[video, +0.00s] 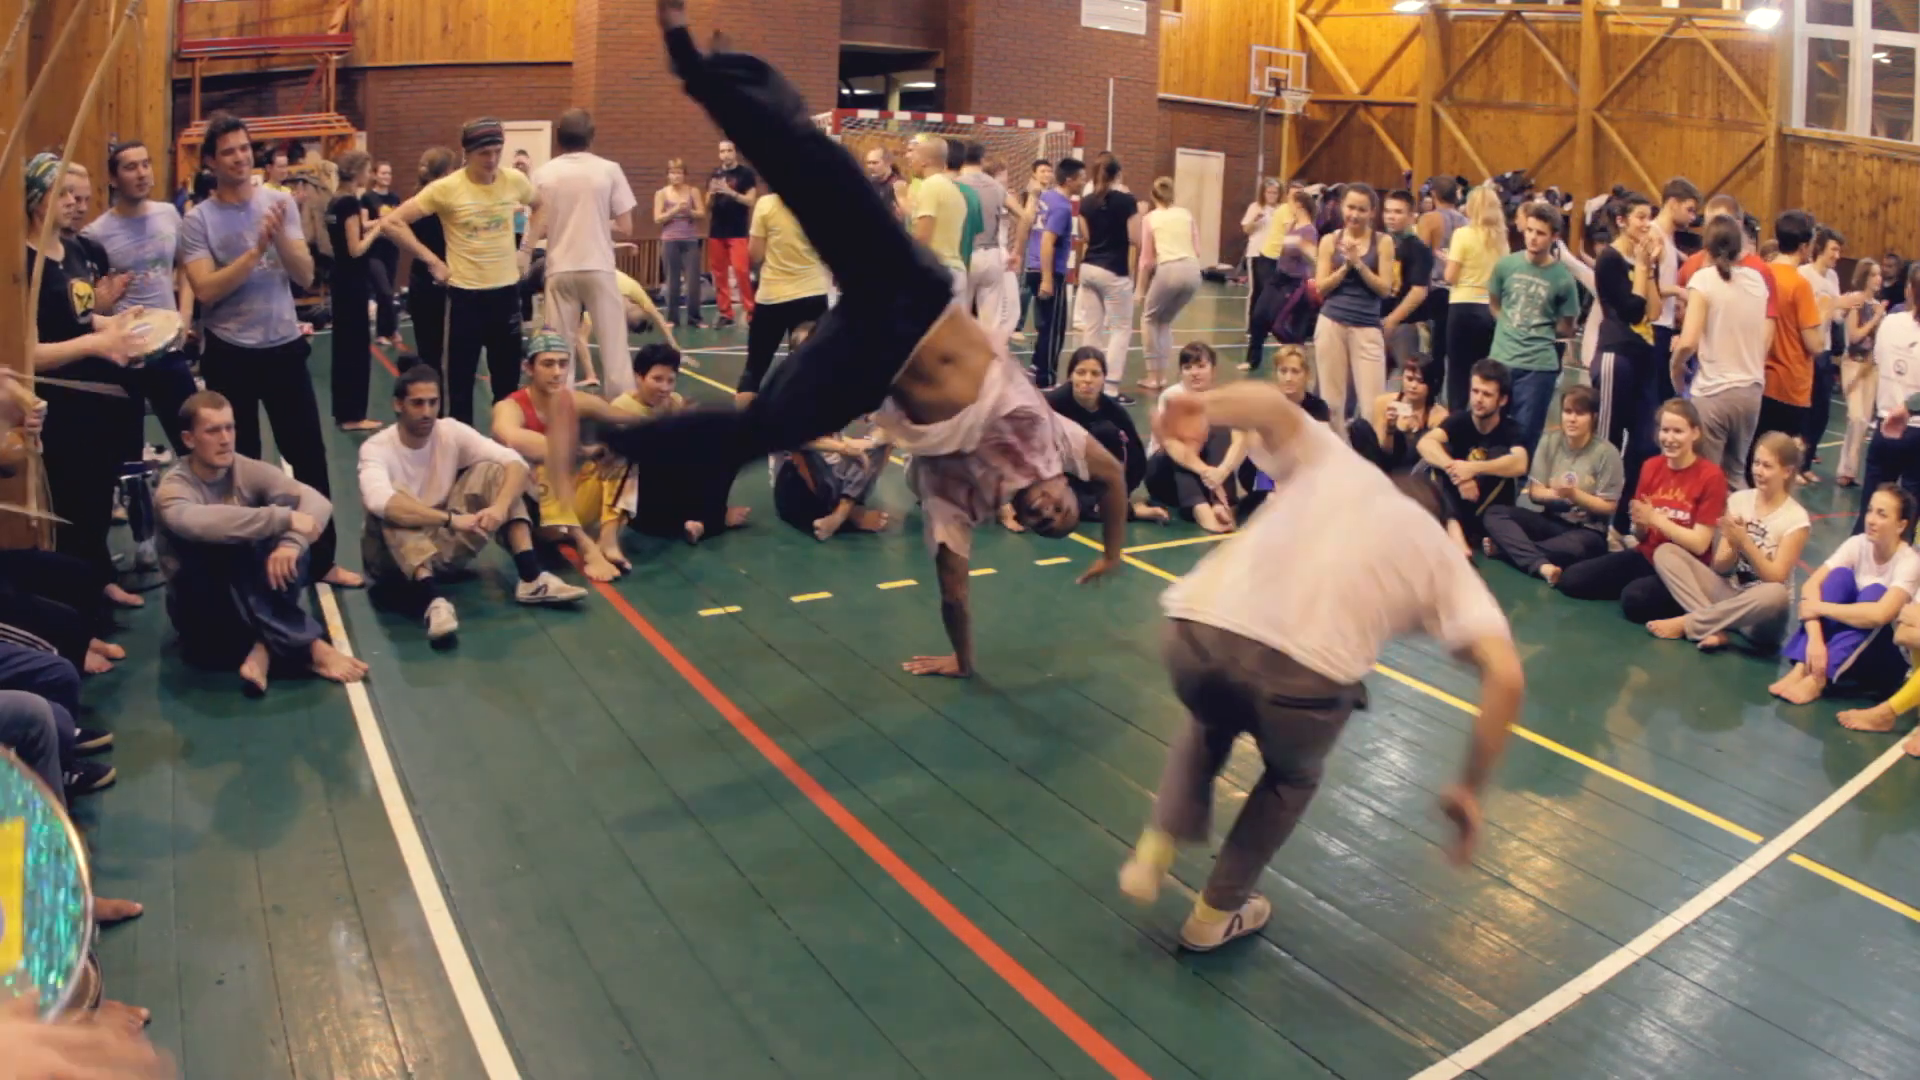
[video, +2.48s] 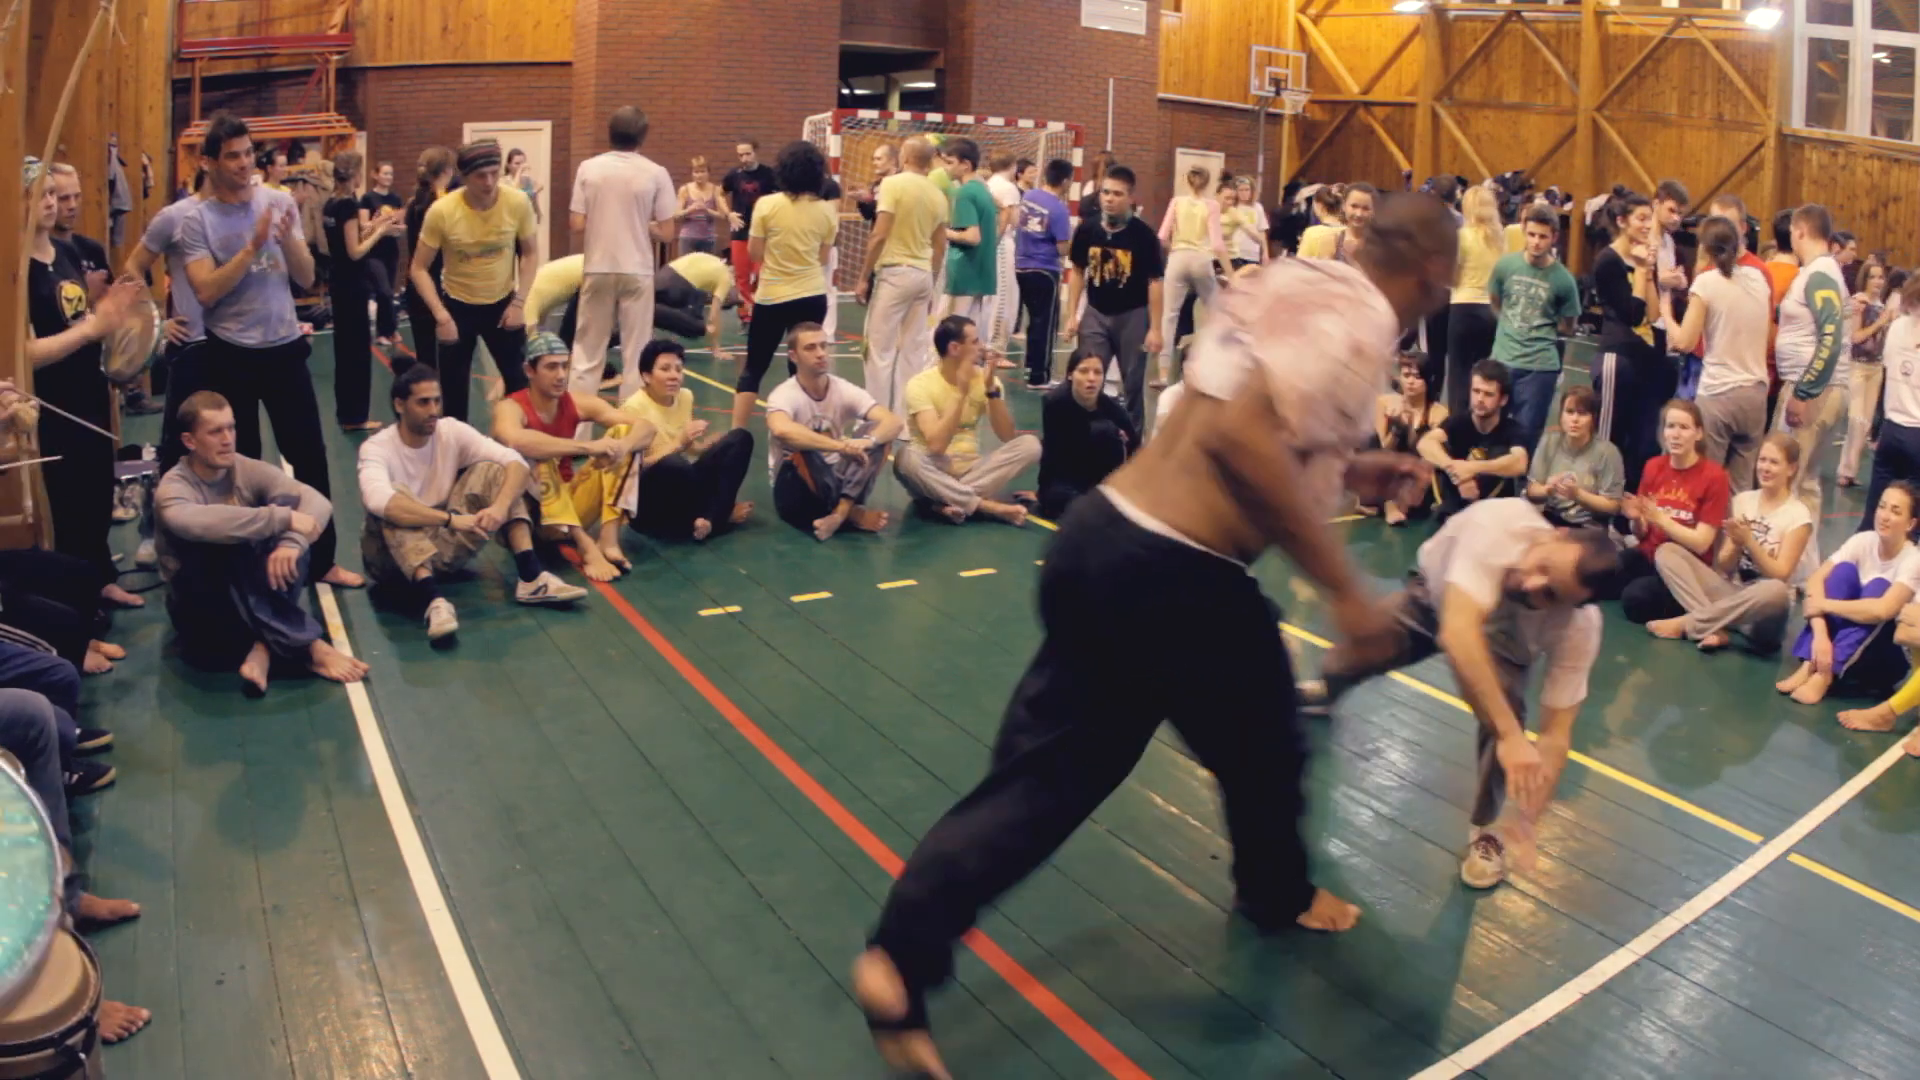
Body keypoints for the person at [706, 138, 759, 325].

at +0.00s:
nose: (725, 154)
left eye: (728, 151)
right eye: (722, 151)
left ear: (735, 153)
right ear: (718, 154)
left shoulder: (746, 173)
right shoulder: (715, 174)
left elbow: (751, 200)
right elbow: (708, 205)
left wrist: (729, 192)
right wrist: (712, 192)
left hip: (738, 232)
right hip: (717, 232)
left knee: (741, 271)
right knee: (719, 275)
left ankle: (750, 310)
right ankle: (724, 312)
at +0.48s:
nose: (731, 152)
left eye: (734, 148)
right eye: (727, 149)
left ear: (740, 151)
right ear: (722, 152)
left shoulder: (748, 172)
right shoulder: (714, 174)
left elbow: (754, 198)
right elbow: (709, 202)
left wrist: (737, 194)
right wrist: (721, 195)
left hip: (743, 233)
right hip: (720, 233)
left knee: (747, 272)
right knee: (722, 276)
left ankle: (751, 311)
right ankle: (725, 313)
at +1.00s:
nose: (740, 153)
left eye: (744, 149)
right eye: (737, 150)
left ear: (751, 151)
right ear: (733, 152)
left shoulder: (760, 173)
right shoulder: (726, 173)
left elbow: (766, 200)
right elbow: (719, 200)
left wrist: (748, 193)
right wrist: (731, 193)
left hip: (752, 231)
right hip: (729, 232)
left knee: (753, 273)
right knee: (727, 274)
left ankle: (753, 312)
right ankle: (726, 312)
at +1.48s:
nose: (756, 158)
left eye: (760, 155)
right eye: (753, 155)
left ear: (766, 155)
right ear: (748, 155)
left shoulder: (770, 174)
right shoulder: (739, 173)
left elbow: (775, 201)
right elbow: (730, 200)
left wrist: (762, 197)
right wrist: (742, 196)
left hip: (761, 230)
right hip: (739, 230)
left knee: (758, 273)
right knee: (731, 270)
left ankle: (754, 311)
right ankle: (728, 309)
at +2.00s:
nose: (755, 158)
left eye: (759, 154)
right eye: (752, 154)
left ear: (765, 155)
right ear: (747, 155)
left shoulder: (773, 175)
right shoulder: (738, 176)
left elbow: (780, 199)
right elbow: (725, 200)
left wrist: (762, 206)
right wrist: (742, 207)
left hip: (766, 230)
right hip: (742, 231)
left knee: (764, 272)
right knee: (744, 274)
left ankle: (763, 312)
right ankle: (746, 313)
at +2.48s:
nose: (744, 158)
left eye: (747, 154)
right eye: (741, 155)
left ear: (755, 153)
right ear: (737, 157)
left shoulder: (767, 173)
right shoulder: (733, 175)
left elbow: (776, 197)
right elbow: (721, 194)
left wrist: (769, 216)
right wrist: (729, 214)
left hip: (763, 228)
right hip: (740, 230)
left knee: (762, 272)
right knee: (741, 274)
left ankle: (759, 309)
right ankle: (744, 312)